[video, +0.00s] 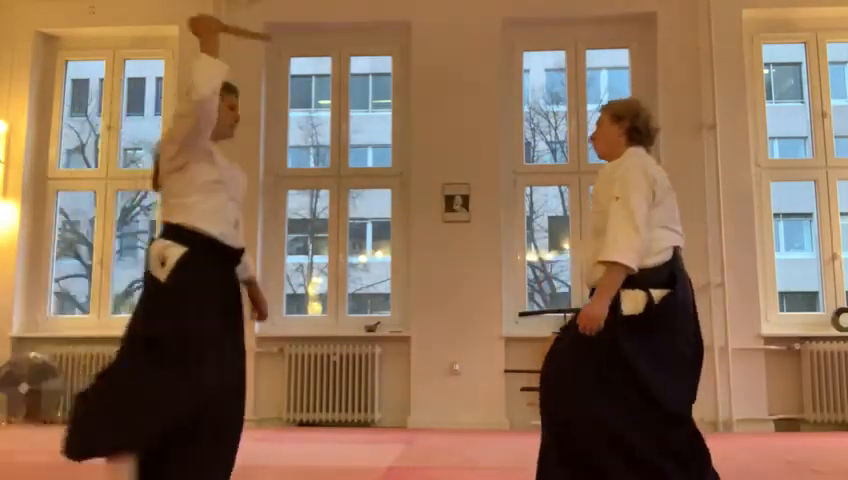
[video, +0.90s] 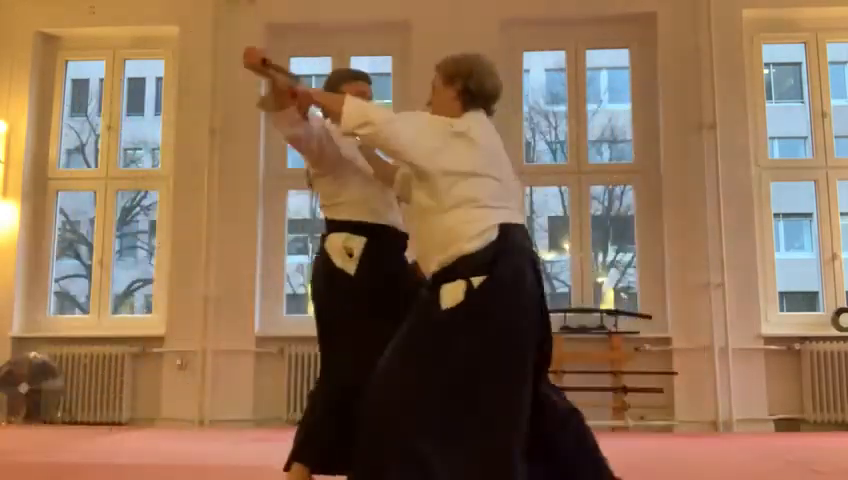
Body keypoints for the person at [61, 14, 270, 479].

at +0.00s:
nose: (234, 111)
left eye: (236, 104)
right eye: (228, 102)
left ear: (231, 112)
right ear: (207, 104)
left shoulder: (227, 167)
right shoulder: (183, 149)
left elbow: (230, 234)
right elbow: (202, 99)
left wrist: (251, 283)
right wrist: (209, 49)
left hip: (219, 269)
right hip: (185, 261)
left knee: (222, 376)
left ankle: (202, 466)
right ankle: (101, 418)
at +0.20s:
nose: (296, 119)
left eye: (295, 112)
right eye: (288, 111)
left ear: (280, 120)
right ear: (261, 115)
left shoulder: (279, 167)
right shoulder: (252, 155)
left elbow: (292, 243)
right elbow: (241, 109)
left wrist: (320, 285)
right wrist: (213, 55)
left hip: (287, 272)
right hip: (256, 270)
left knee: (243, 374)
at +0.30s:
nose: (323, 123)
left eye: (323, 115)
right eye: (316, 115)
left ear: (316, 124)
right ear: (293, 118)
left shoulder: (306, 171)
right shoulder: (285, 162)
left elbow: (315, 236)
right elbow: (288, 126)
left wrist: (345, 279)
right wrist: (267, 67)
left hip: (314, 279)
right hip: (297, 280)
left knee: (269, 383)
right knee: (358, 377)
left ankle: (180, 455)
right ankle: (393, 464)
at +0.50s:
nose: (370, 102)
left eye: (369, 96)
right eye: (361, 97)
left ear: (346, 107)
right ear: (338, 107)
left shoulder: (357, 151)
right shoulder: (338, 145)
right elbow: (365, 118)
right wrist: (377, 52)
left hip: (369, 261)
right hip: (349, 262)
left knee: (324, 375)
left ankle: (244, 458)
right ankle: (244, 457)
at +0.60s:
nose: (360, 116)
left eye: (361, 112)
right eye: (346, 119)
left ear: (369, 120)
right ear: (332, 144)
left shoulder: (391, 157)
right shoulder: (346, 149)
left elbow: (431, 182)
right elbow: (340, 84)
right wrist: (340, 28)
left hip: (397, 255)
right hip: (352, 254)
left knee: (410, 357)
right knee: (339, 363)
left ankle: (397, 459)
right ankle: (281, 455)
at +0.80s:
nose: (367, 102)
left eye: (369, 96)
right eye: (359, 94)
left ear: (370, 102)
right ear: (336, 95)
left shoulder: (374, 150)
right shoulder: (332, 136)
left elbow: (411, 179)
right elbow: (305, 104)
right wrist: (290, 51)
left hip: (395, 253)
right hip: (358, 250)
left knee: (392, 365)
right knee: (350, 366)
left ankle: (382, 466)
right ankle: (303, 463)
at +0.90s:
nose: (366, 103)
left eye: (369, 96)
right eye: (356, 96)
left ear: (372, 103)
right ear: (330, 100)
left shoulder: (383, 145)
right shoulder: (325, 137)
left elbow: (411, 188)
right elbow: (293, 122)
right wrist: (276, 79)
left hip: (390, 255)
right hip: (347, 253)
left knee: (388, 366)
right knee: (345, 367)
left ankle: (372, 466)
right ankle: (301, 466)